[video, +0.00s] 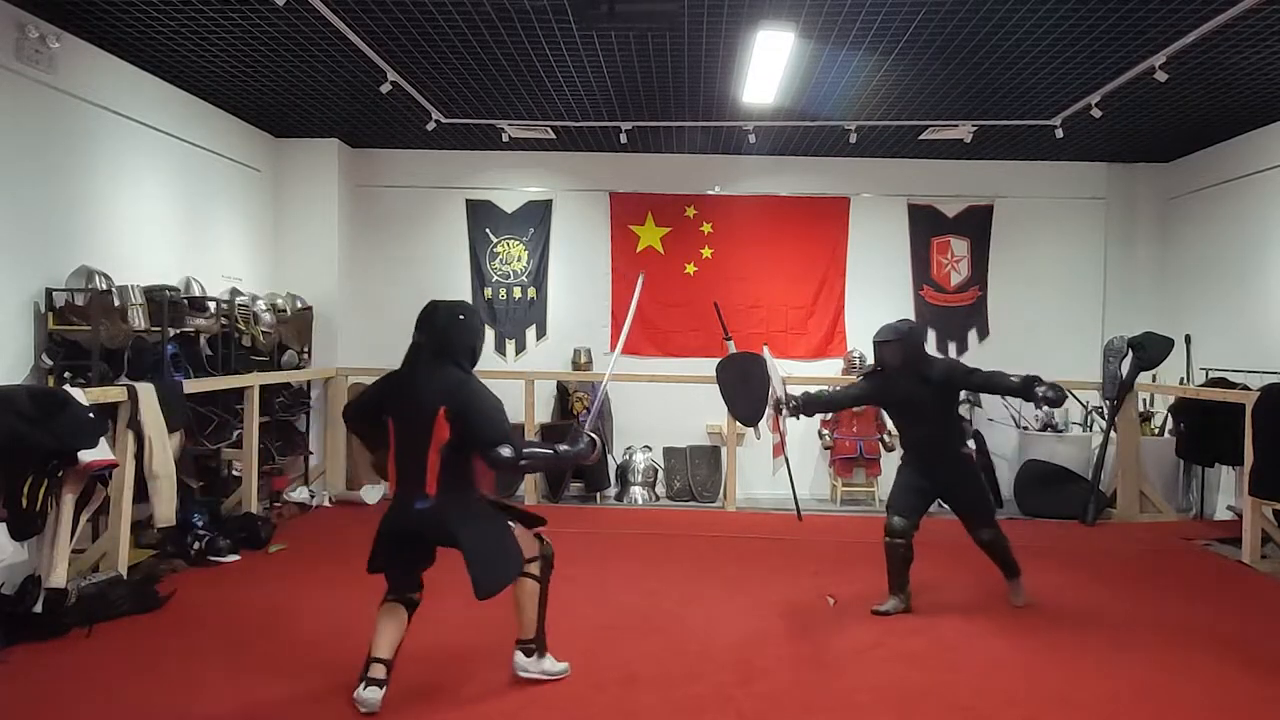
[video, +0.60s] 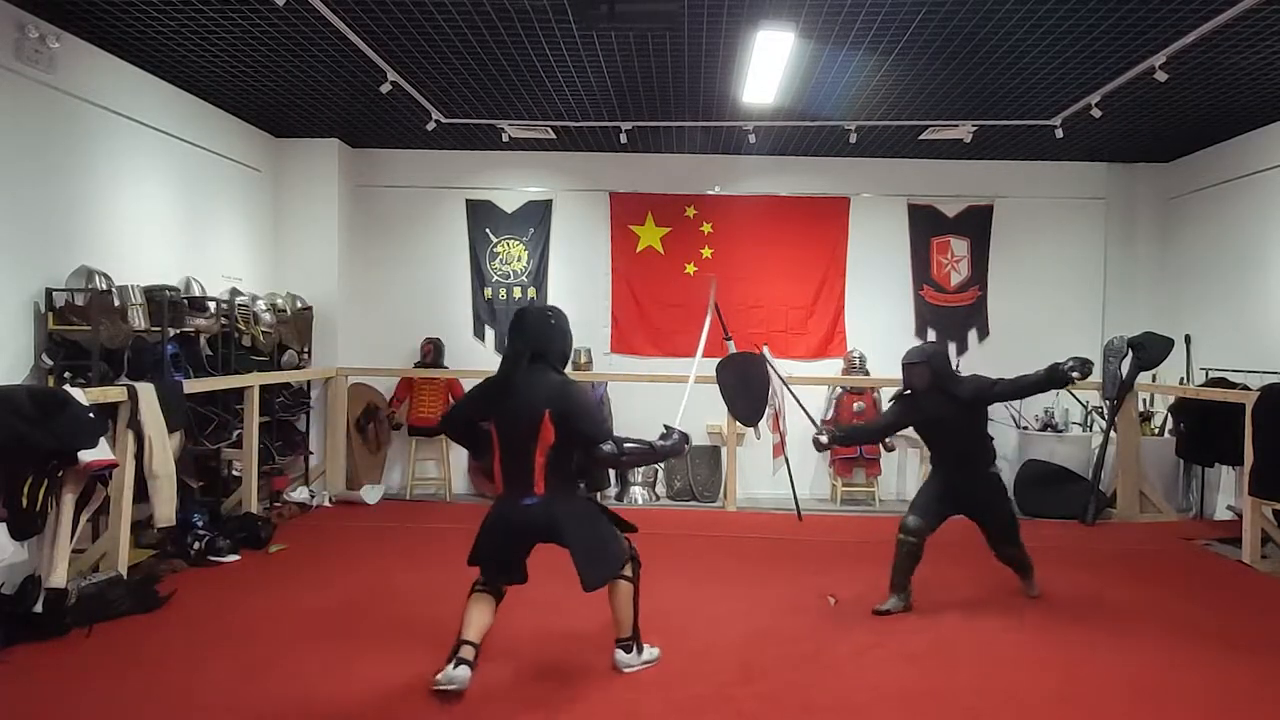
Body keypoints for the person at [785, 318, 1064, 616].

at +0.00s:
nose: (881, 354)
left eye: (887, 348)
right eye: (880, 348)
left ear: (908, 348)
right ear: (881, 351)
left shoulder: (942, 371)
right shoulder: (880, 382)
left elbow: (985, 380)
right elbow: (841, 397)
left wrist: (1028, 388)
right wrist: (798, 403)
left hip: (955, 463)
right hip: (915, 466)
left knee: (985, 534)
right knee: (896, 528)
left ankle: (1013, 577)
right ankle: (899, 596)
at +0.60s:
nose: (910, 377)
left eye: (916, 370)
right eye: (908, 371)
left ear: (934, 370)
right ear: (907, 374)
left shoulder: (970, 390)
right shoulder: (909, 404)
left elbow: (1014, 387)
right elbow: (877, 429)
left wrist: (1058, 374)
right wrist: (837, 435)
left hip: (982, 480)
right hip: (942, 481)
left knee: (1007, 546)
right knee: (911, 529)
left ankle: (1027, 576)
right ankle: (899, 595)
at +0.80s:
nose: (936, 366)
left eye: (942, 358)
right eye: (933, 359)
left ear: (962, 358)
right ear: (933, 362)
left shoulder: (996, 379)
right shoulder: (939, 395)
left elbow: (1045, 375)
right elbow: (913, 429)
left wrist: (1088, 363)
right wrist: (878, 446)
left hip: (1005, 468)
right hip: (966, 469)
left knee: (1016, 539)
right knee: (939, 523)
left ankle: (1028, 581)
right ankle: (927, 585)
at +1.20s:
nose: (957, 366)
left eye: (963, 359)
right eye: (955, 360)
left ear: (982, 360)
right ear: (959, 363)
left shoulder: (1017, 382)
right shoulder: (961, 397)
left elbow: (1060, 384)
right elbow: (944, 436)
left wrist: (1099, 375)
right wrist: (913, 446)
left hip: (1023, 470)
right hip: (986, 470)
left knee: (1049, 539)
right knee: (962, 519)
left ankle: (1072, 561)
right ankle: (963, 580)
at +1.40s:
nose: (991, 364)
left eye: (996, 357)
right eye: (989, 358)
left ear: (1014, 356)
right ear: (990, 359)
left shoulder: (1049, 379)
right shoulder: (996, 391)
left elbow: (1087, 383)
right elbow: (979, 422)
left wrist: (1121, 380)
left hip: (1053, 465)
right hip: (1016, 465)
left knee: (1066, 529)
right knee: (990, 518)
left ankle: (1081, 570)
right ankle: (969, 576)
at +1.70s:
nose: (1028, 352)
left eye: (1034, 345)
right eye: (1024, 345)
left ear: (1051, 347)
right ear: (1020, 349)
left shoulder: (1079, 372)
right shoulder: (1017, 380)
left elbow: (1119, 381)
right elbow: (987, 407)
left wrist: (1142, 380)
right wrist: (954, 411)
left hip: (1075, 459)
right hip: (1036, 459)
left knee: (1086, 518)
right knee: (1013, 513)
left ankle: (1094, 568)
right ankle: (1008, 574)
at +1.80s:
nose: (1050, 369)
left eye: (1055, 361)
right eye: (1043, 363)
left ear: (1068, 357)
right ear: (1034, 361)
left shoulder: (1089, 376)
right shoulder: (1027, 383)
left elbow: (1140, 383)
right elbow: (990, 392)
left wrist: (1126, 380)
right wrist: (954, 391)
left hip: (1088, 472)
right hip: (1047, 470)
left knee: (1109, 535)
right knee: (1019, 505)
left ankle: (1128, 559)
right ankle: (1009, 572)